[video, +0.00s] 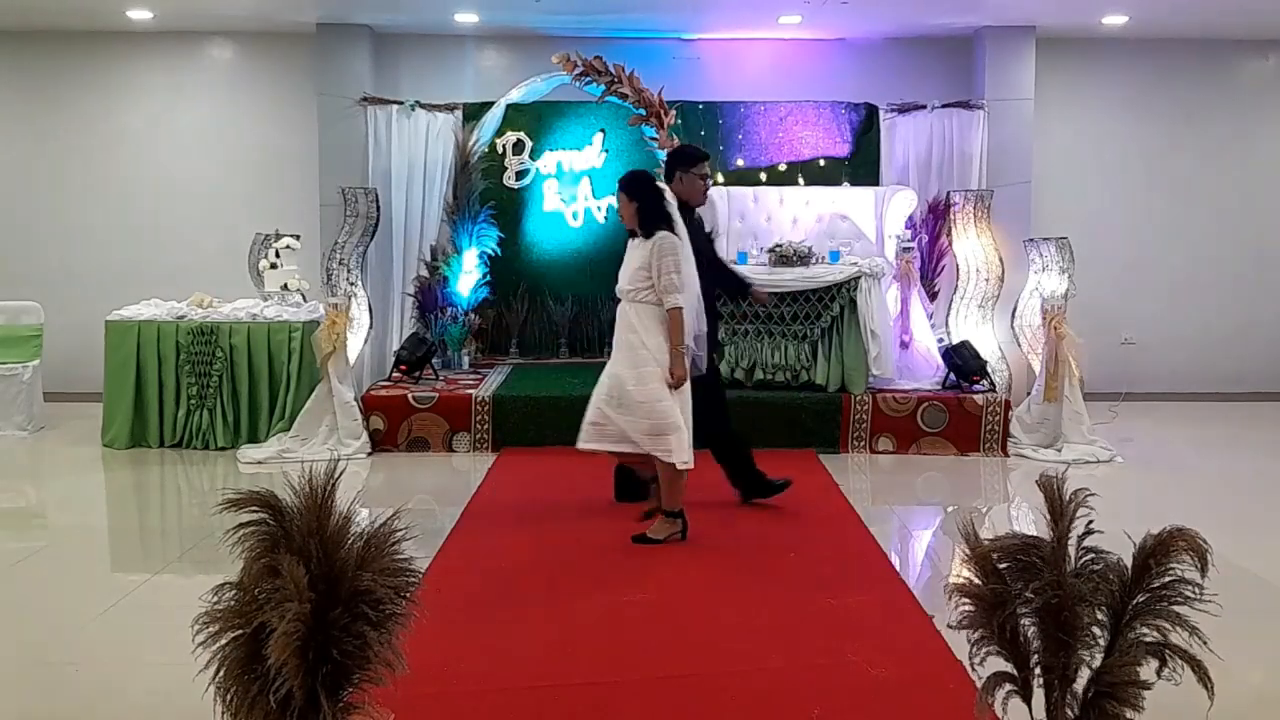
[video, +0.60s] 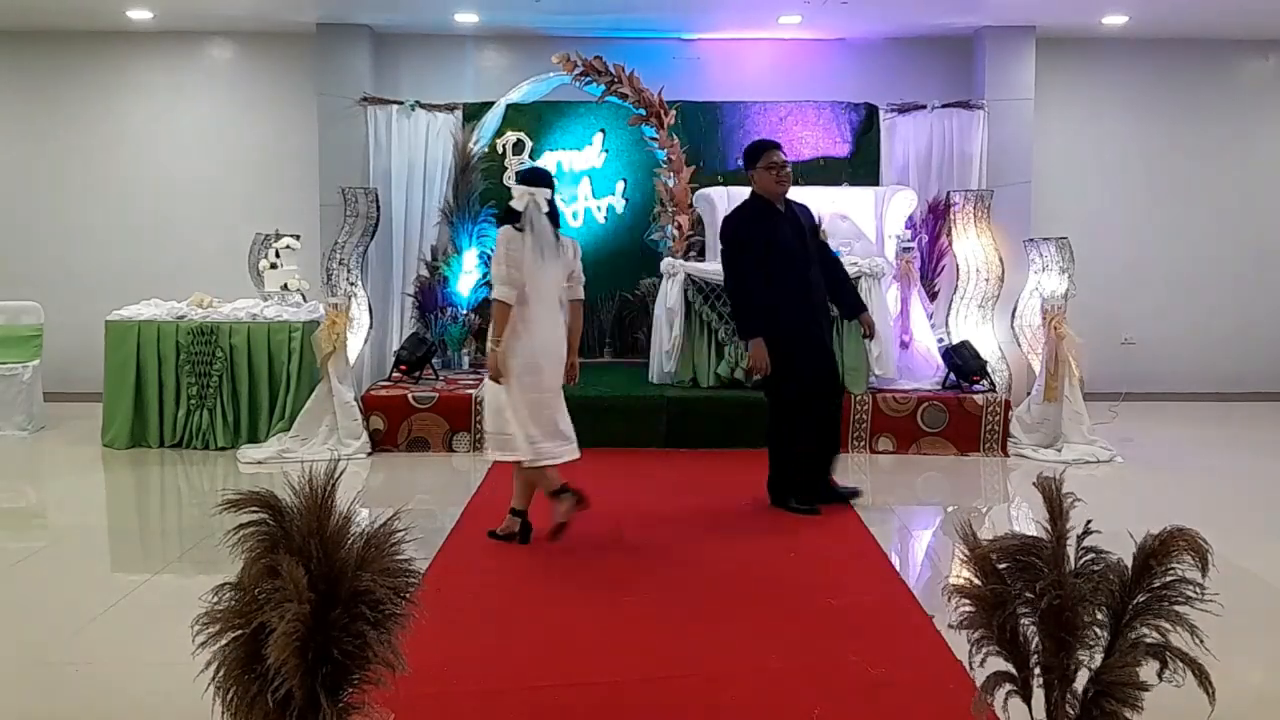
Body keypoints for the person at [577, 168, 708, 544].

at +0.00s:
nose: (619, 209)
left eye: (623, 202)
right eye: (619, 202)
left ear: (640, 203)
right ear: (638, 203)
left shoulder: (664, 242)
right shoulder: (639, 242)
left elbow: (673, 302)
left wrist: (678, 356)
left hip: (654, 353)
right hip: (632, 353)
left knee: (666, 432)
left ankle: (672, 517)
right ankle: (661, 489)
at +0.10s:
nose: (601, 210)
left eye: (604, 202)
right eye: (601, 202)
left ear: (619, 203)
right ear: (626, 203)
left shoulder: (643, 242)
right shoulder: (626, 242)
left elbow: (655, 302)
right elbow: (637, 303)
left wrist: (662, 356)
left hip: (638, 354)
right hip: (615, 355)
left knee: (656, 432)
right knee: (581, 424)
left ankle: (671, 516)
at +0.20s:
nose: (583, 214)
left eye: (586, 206)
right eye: (584, 206)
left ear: (600, 208)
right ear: (609, 206)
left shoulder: (622, 245)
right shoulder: (610, 247)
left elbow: (634, 304)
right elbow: (620, 306)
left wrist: (641, 358)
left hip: (621, 359)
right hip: (601, 359)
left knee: (647, 434)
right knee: (572, 430)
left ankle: (670, 516)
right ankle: (535, 510)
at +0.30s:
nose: (566, 214)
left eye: (569, 207)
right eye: (567, 207)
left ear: (581, 210)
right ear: (596, 209)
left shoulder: (598, 250)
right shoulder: (594, 249)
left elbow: (607, 310)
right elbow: (604, 311)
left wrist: (612, 362)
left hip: (598, 363)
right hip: (583, 365)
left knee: (635, 435)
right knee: (556, 438)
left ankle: (666, 514)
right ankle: (521, 516)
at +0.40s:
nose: (547, 205)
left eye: (550, 198)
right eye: (555, 197)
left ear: (556, 203)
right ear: (582, 202)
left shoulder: (565, 242)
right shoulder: (581, 242)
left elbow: (572, 303)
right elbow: (578, 303)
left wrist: (574, 357)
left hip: (570, 354)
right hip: (567, 354)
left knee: (603, 431)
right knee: (543, 434)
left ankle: (647, 507)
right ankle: (518, 517)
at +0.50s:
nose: (537, 202)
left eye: (538, 196)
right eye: (543, 196)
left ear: (537, 198)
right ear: (567, 200)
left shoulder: (533, 237)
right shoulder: (577, 244)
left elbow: (533, 299)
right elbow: (582, 302)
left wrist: (531, 350)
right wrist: (580, 353)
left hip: (541, 353)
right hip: (565, 353)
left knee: (557, 433)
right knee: (534, 437)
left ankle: (616, 494)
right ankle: (518, 517)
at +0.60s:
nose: (513, 198)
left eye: (516, 193)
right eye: (517, 191)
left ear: (520, 197)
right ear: (550, 198)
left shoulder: (509, 237)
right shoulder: (568, 244)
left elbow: (504, 297)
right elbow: (575, 304)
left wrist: (494, 345)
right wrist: (573, 353)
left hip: (520, 346)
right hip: (553, 347)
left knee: (516, 427)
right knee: (529, 429)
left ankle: (559, 492)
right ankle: (517, 517)